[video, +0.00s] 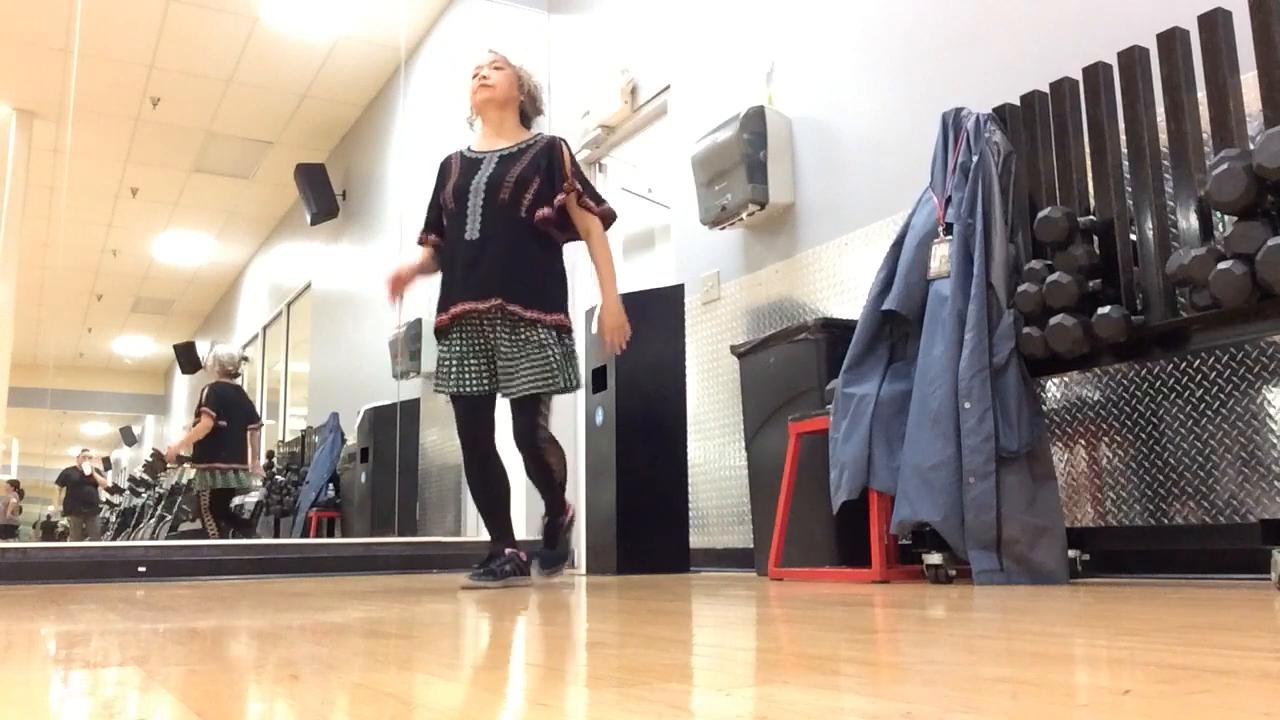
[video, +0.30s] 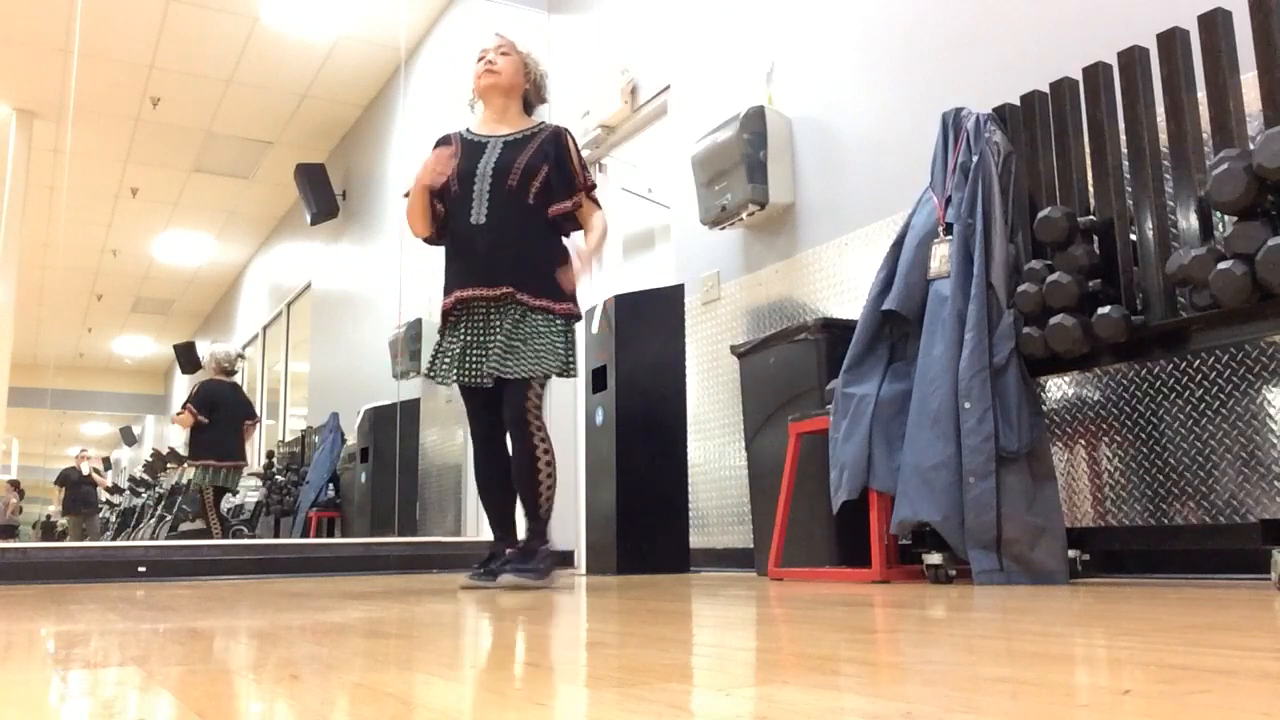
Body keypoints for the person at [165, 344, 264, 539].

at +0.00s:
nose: (209, 368)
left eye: (211, 364)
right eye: (210, 364)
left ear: (215, 366)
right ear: (235, 367)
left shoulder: (212, 390)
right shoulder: (241, 393)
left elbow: (206, 424)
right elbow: (254, 427)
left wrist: (177, 447)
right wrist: (255, 462)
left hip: (212, 466)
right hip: (237, 467)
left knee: (207, 511)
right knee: (221, 509)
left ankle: (218, 555)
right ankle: (247, 528)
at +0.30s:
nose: (206, 363)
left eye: (208, 360)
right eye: (208, 359)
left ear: (213, 364)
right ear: (232, 366)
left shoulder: (205, 387)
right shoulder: (237, 390)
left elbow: (187, 420)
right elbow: (252, 421)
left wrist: (175, 417)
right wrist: (238, 443)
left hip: (209, 461)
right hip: (235, 460)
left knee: (210, 509)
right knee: (214, 507)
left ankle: (220, 552)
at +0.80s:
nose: (203, 368)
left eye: (205, 365)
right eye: (205, 365)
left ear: (208, 368)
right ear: (226, 371)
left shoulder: (196, 391)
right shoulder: (229, 393)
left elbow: (184, 425)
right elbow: (243, 426)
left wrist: (179, 452)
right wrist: (227, 443)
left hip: (197, 464)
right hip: (224, 464)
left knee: (195, 511)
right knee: (210, 510)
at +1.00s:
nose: (196, 369)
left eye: (198, 366)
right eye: (198, 366)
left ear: (202, 369)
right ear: (221, 370)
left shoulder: (194, 391)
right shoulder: (225, 392)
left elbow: (183, 422)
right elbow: (238, 425)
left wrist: (172, 455)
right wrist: (218, 435)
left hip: (193, 465)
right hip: (220, 464)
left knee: (172, 504)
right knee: (210, 511)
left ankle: (187, 538)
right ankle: (212, 553)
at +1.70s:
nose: (183, 374)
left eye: (184, 370)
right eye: (182, 370)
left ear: (193, 371)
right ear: (204, 370)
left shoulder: (188, 394)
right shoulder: (217, 396)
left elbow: (169, 426)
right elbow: (220, 432)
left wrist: (147, 437)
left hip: (176, 466)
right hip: (203, 468)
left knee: (167, 515)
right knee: (196, 515)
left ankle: (160, 556)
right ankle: (204, 557)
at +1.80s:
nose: (184, 373)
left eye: (186, 369)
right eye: (184, 369)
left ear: (194, 371)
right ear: (206, 370)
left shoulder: (192, 394)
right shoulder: (217, 395)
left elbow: (173, 422)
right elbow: (218, 431)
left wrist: (158, 421)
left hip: (184, 467)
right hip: (210, 467)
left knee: (169, 508)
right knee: (201, 513)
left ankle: (162, 550)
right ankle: (204, 554)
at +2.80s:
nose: (182, 369)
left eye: (184, 365)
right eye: (182, 365)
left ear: (193, 367)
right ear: (205, 368)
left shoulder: (193, 390)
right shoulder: (211, 392)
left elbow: (185, 419)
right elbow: (214, 430)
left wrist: (164, 435)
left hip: (185, 463)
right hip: (202, 463)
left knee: (177, 509)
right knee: (177, 507)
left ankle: (192, 552)